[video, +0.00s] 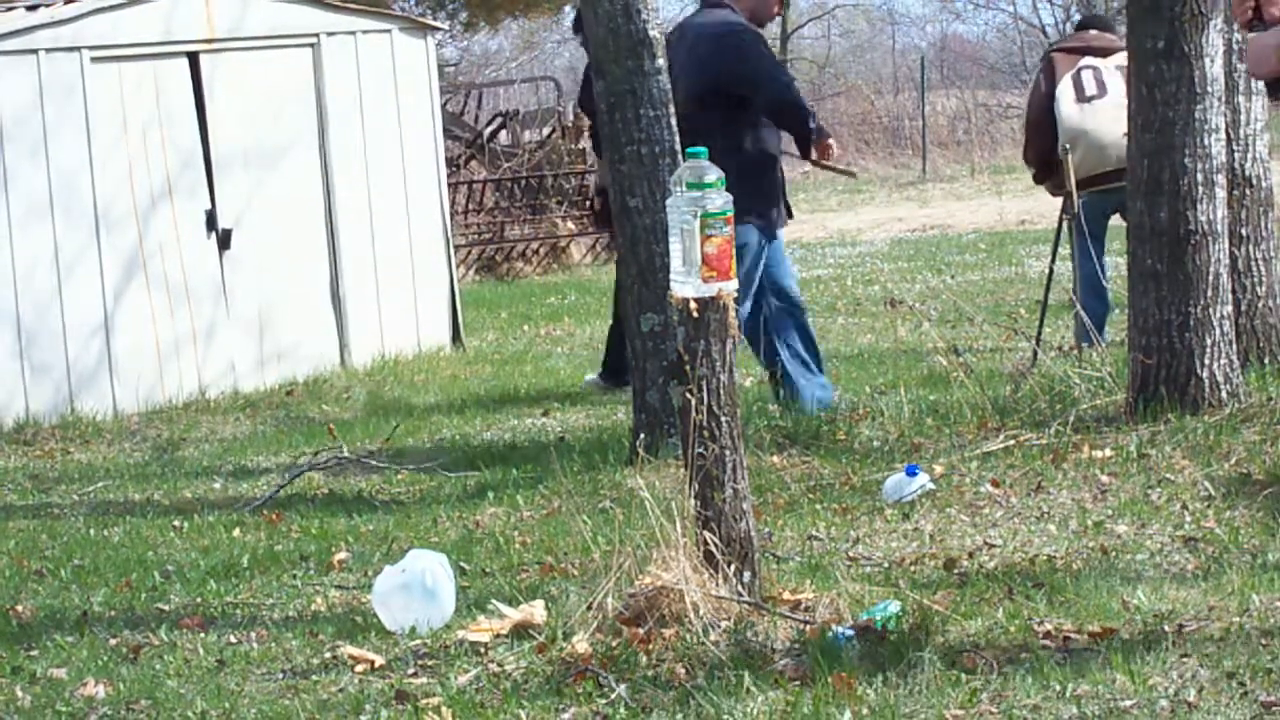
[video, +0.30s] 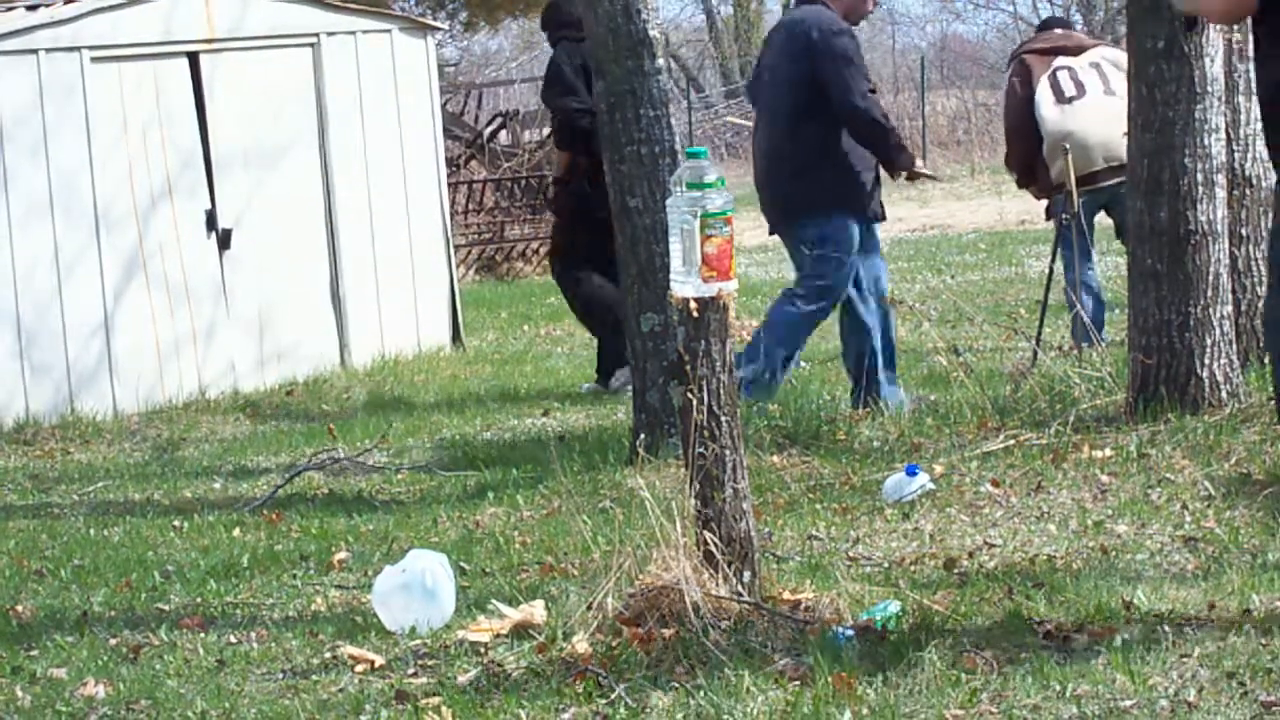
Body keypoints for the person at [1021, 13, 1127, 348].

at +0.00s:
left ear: (1075, 32)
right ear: (1114, 32)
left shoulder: (1056, 61)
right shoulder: (1133, 56)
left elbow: (1037, 121)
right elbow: (1158, 110)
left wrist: (1048, 176)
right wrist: (1158, 160)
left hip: (1086, 177)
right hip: (1140, 171)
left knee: (1088, 258)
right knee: (1155, 251)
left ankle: (1090, 339)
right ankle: (1163, 333)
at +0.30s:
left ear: (1037, 35)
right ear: (1073, 30)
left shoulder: (1026, 62)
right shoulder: (1108, 51)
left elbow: (1018, 129)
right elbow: (1140, 101)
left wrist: (1036, 183)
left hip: (1072, 177)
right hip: (1126, 166)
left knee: (1079, 264)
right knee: (1148, 250)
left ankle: (1088, 342)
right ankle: (1169, 328)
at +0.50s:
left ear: (1021, 38)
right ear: (1058, 30)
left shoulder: (1016, 65)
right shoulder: (1093, 50)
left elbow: (1014, 132)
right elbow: (1130, 96)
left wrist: (1025, 181)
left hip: (1064, 177)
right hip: (1120, 163)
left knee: (1075, 255)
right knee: (1122, 216)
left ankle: (1087, 341)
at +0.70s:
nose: (1017, 13)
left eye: (1018, 8)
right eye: (1020, 6)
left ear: (1025, 15)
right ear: (1054, 11)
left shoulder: (1016, 58)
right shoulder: (1096, 37)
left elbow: (1010, 126)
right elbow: (1125, 95)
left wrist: (1024, 180)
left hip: (1059, 171)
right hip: (1114, 159)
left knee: (1072, 251)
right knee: (1110, 236)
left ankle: (1086, 333)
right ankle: (1114, 315)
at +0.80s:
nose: (1017, 75)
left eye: (1018, 66)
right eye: (1015, 67)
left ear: (1028, 57)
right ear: (1056, 44)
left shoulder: (1026, 79)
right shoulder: (1099, 60)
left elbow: (1024, 133)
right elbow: (1126, 117)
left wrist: (1032, 179)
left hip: (1064, 170)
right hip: (1115, 162)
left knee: (1068, 249)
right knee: (1105, 245)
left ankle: (1085, 331)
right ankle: (1107, 325)